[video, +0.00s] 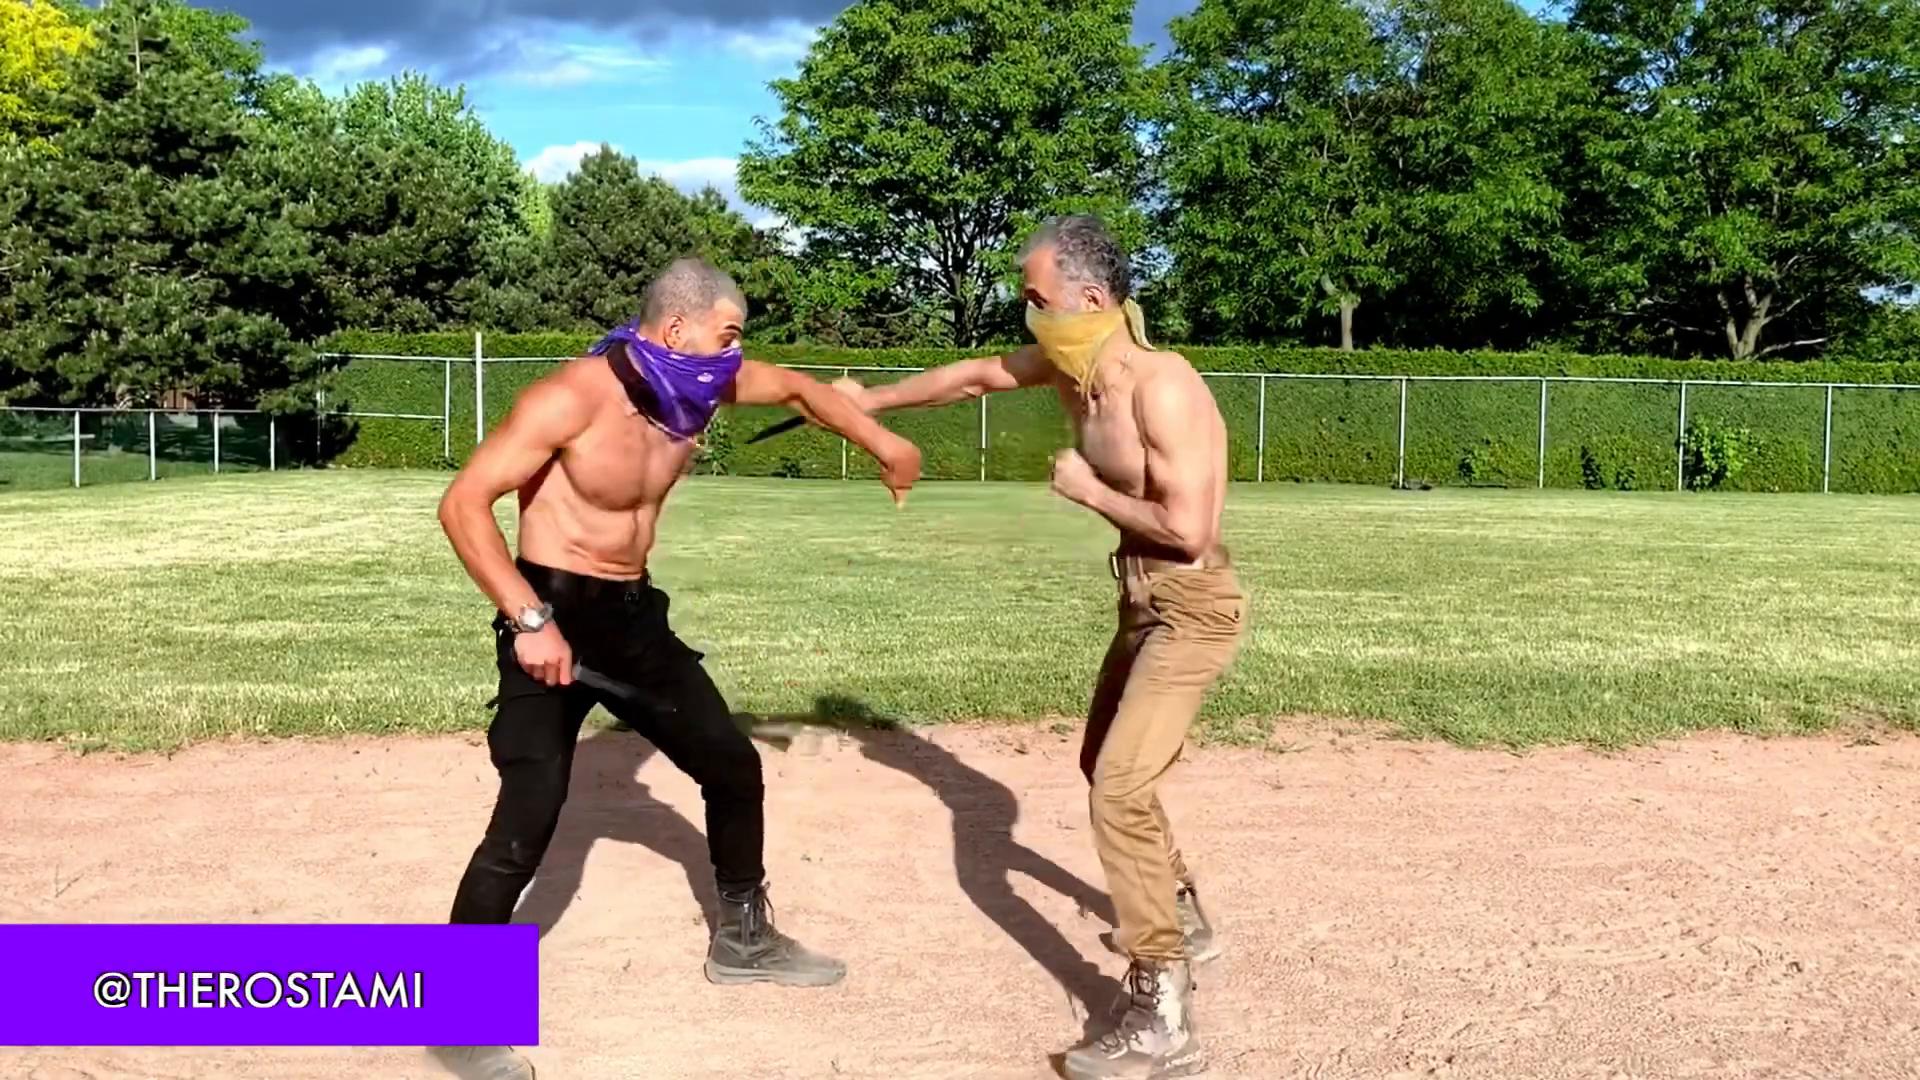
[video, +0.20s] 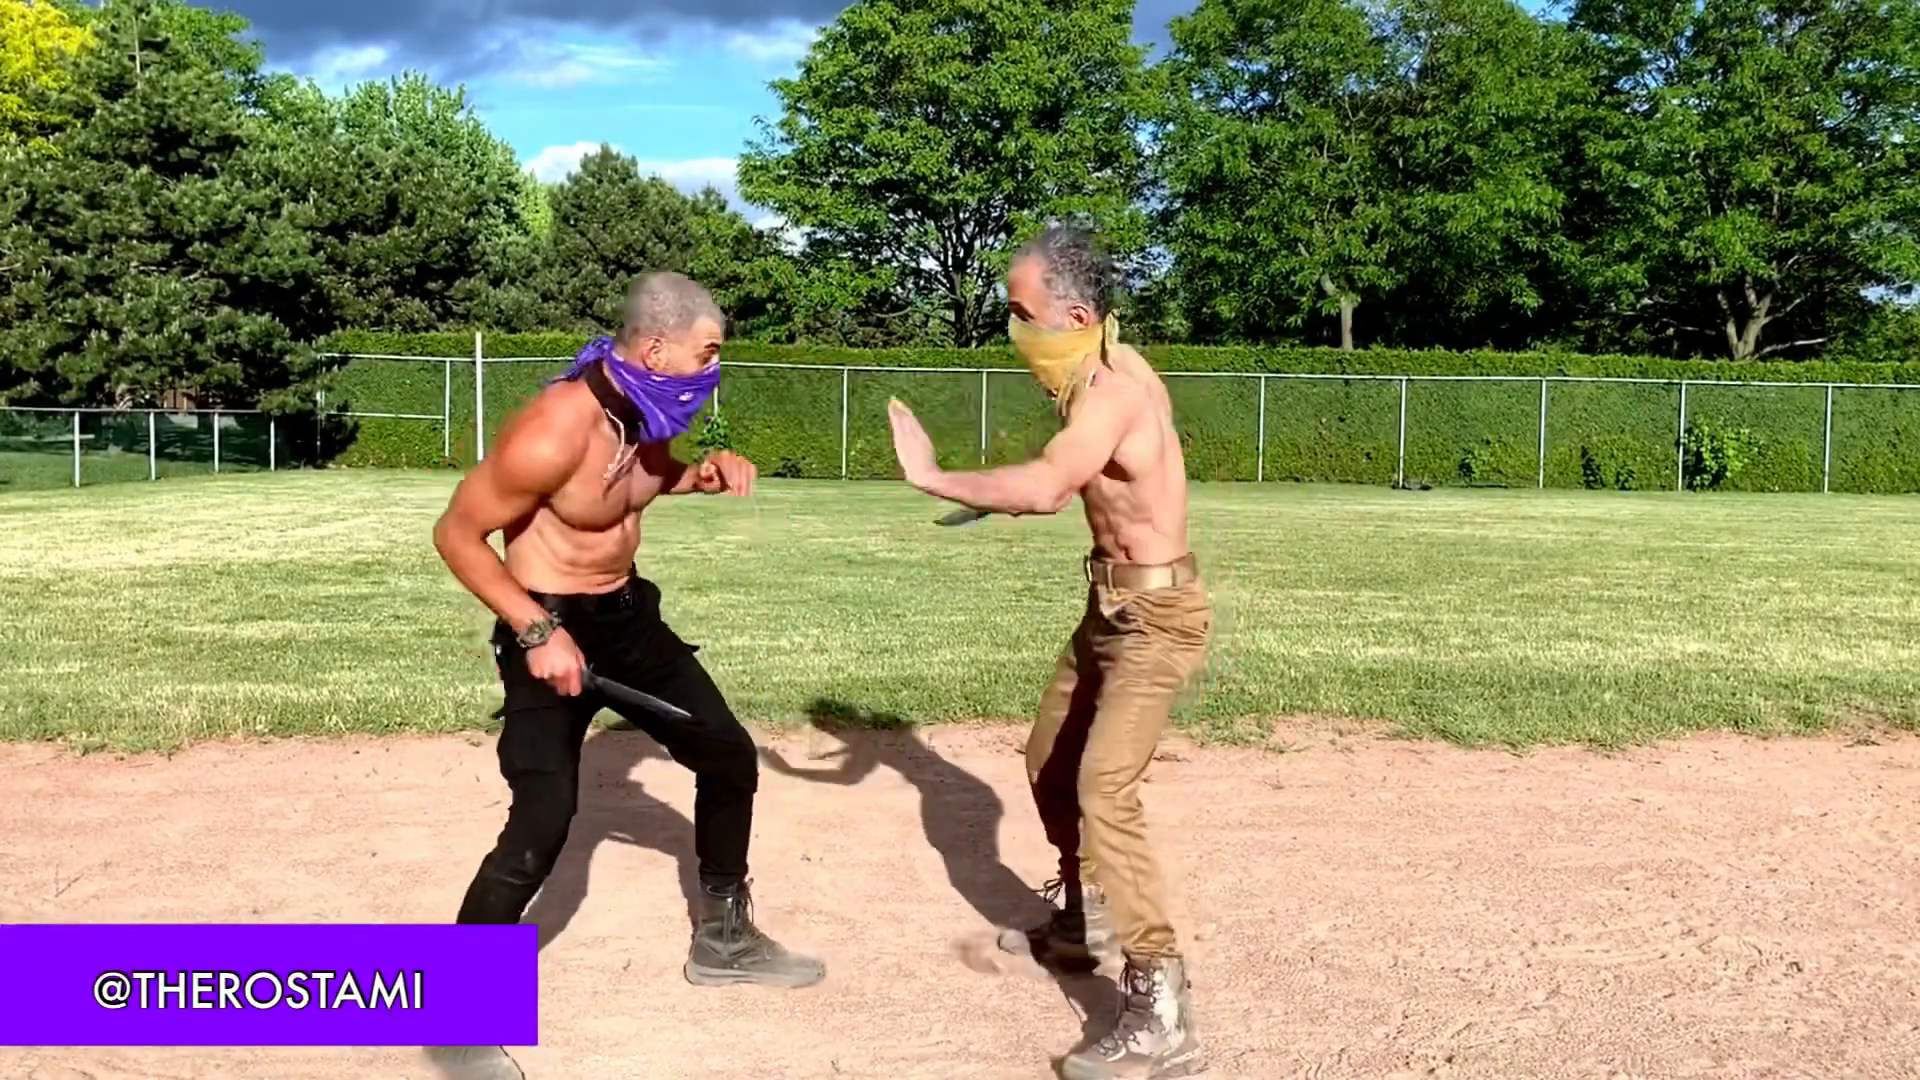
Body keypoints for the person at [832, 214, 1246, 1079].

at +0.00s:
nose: (1029, 314)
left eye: (1037, 297)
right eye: (1027, 298)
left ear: (1092, 296)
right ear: (1081, 297)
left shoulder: (1166, 387)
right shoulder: (1076, 369)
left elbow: (1189, 531)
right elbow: (974, 376)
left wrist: (1092, 492)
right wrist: (870, 397)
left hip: (1192, 613)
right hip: (1143, 609)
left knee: (1123, 786)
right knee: (1102, 763)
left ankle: (1163, 1013)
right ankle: (1180, 915)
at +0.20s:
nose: (1018, 330)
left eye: (1029, 315)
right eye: (1014, 315)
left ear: (1079, 315)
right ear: (1072, 317)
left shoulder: (1115, 393)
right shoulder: (1105, 374)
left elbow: (1041, 484)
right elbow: (1094, 474)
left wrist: (932, 476)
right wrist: (1025, 493)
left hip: (1157, 620)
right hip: (1112, 610)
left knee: (1104, 790)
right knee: (1050, 763)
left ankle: (1161, 1009)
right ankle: (1085, 917)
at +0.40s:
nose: (992, 320)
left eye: (998, 303)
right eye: (989, 305)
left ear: (1048, 300)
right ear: (1044, 302)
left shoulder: (1094, 381)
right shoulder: (1068, 381)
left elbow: (1065, 515)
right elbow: (1049, 499)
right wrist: (991, 461)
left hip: (1148, 608)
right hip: (1106, 605)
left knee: (1087, 792)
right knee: (1043, 759)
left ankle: (1155, 1007)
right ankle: (1085, 914)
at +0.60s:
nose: (976, 304)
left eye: (984, 286)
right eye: (971, 290)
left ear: (1036, 278)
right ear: (1008, 286)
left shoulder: (1121, 353)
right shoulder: (1009, 390)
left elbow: (1217, 446)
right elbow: (1001, 508)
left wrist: (1098, 466)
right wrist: (955, 484)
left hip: (1142, 592)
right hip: (1067, 599)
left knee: (1102, 784)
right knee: (1035, 778)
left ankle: (1158, 1004)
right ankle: (1082, 912)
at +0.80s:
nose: (964, 320)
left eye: (971, 304)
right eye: (959, 307)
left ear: (1018, 295)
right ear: (1007, 299)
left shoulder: (1080, 348)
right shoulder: (1039, 385)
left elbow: (1112, 412)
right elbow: (1083, 507)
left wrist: (1009, 404)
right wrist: (1040, 550)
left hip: (1137, 597)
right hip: (1087, 604)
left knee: (1087, 791)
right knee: (1038, 770)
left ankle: (1157, 1012)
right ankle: (1084, 918)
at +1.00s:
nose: (986, 317)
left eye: (993, 300)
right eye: (985, 302)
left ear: (1038, 295)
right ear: (1051, 298)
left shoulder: (1055, 366)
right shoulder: (1093, 369)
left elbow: (967, 449)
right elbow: (1135, 485)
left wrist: (881, 499)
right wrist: (1069, 539)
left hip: (1145, 611)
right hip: (1114, 606)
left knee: (1083, 791)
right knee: (1046, 759)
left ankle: (1149, 1008)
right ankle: (1088, 910)